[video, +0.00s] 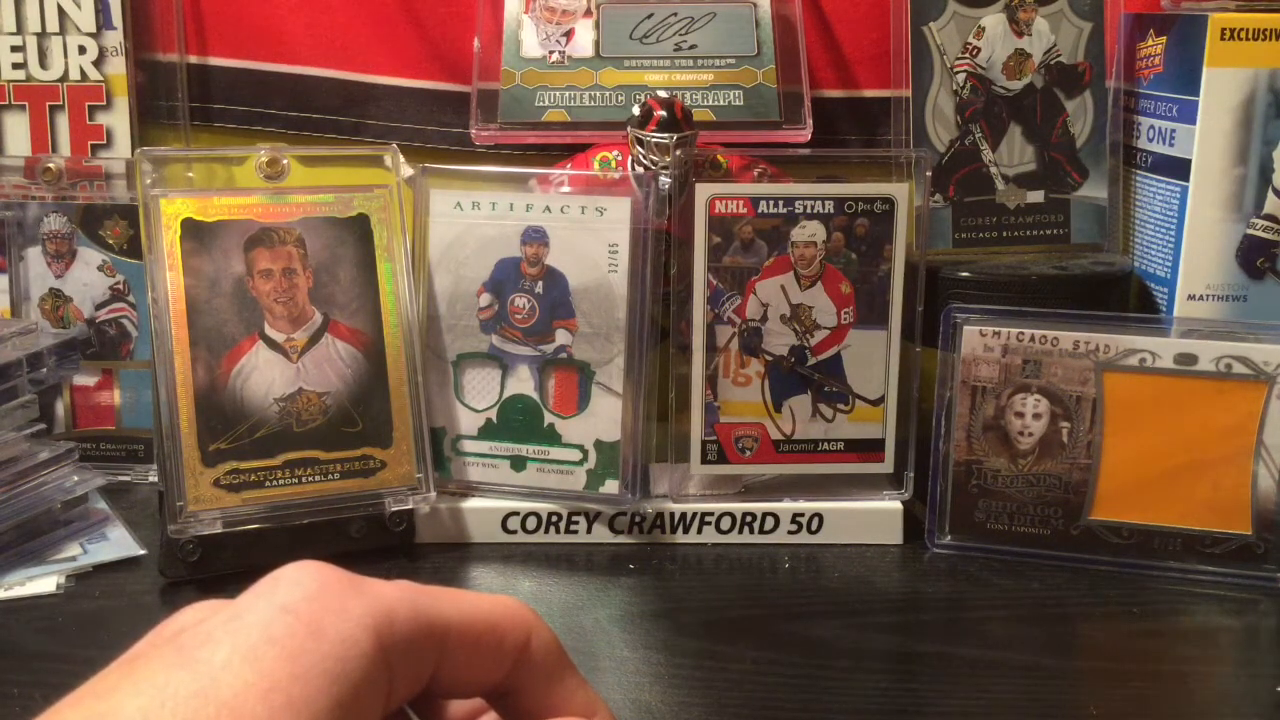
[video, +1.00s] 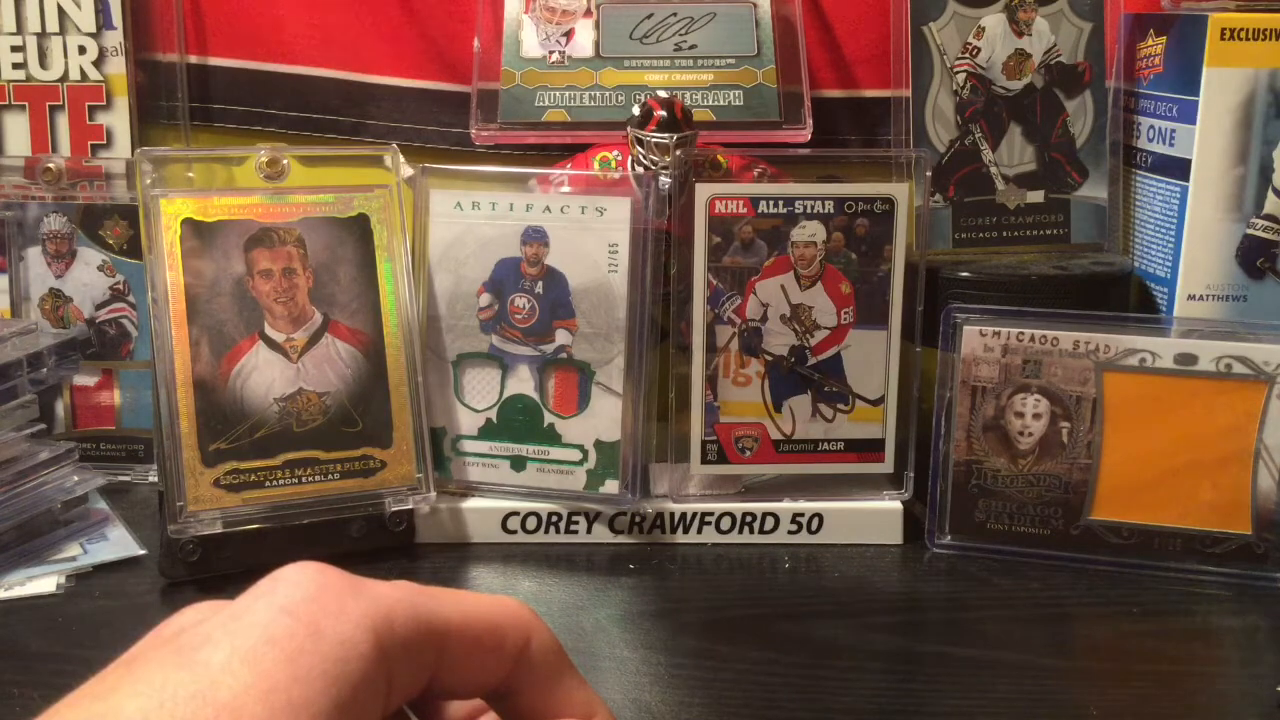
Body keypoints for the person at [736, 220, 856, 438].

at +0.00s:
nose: (801, 253)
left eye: (807, 247)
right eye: (796, 247)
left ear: (821, 250)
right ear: (790, 249)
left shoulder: (839, 285)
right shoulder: (773, 271)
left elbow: (842, 331)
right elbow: (754, 293)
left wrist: (810, 353)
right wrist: (750, 326)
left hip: (823, 353)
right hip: (780, 353)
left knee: (832, 413)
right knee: (798, 411)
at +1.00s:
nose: (801, 253)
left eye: (807, 247)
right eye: (796, 247)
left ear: (821, 249)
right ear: (790, 249)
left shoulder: (838, 285)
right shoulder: (773, 272)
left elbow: (843, 330)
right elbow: (754, 294)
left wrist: (810, 353)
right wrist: (751, 326)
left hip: (823, 354)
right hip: (780, 353)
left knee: (833, 413)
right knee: (799, 409)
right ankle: (791, 469)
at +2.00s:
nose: (801, 253)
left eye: (807, 247)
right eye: (796, 247)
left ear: (821, 249)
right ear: (790, 249)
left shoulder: (838, 285)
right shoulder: (773, 271)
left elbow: (843, 330)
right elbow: (754, 292)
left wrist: (810, 352)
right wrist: (751, 326)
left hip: (823, 353)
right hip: (780, 353)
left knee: (832, 412)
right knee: (799, 409)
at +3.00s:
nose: (801, 253)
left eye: (807, 247)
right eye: (796, 247)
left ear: (821, 249)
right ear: (790, 248)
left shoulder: (838, 285)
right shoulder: (773, 272)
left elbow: (843, 330)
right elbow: (754, 293)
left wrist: (810, 352)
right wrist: (750, 326)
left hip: (823, 354)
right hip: (781, 354)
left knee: (833, 413)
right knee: (799, 410)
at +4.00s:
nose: (801, 253)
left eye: (808, 247)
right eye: (796, 247)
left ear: (821, 249)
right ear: (790, 249)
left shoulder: (838, 285)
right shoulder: (773, 271)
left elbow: (842, 330)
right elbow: (754, 293)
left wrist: (809, 352)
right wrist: (750, 326)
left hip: (822, 353)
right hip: (779, 353)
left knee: (834, 412)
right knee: (798, 410)